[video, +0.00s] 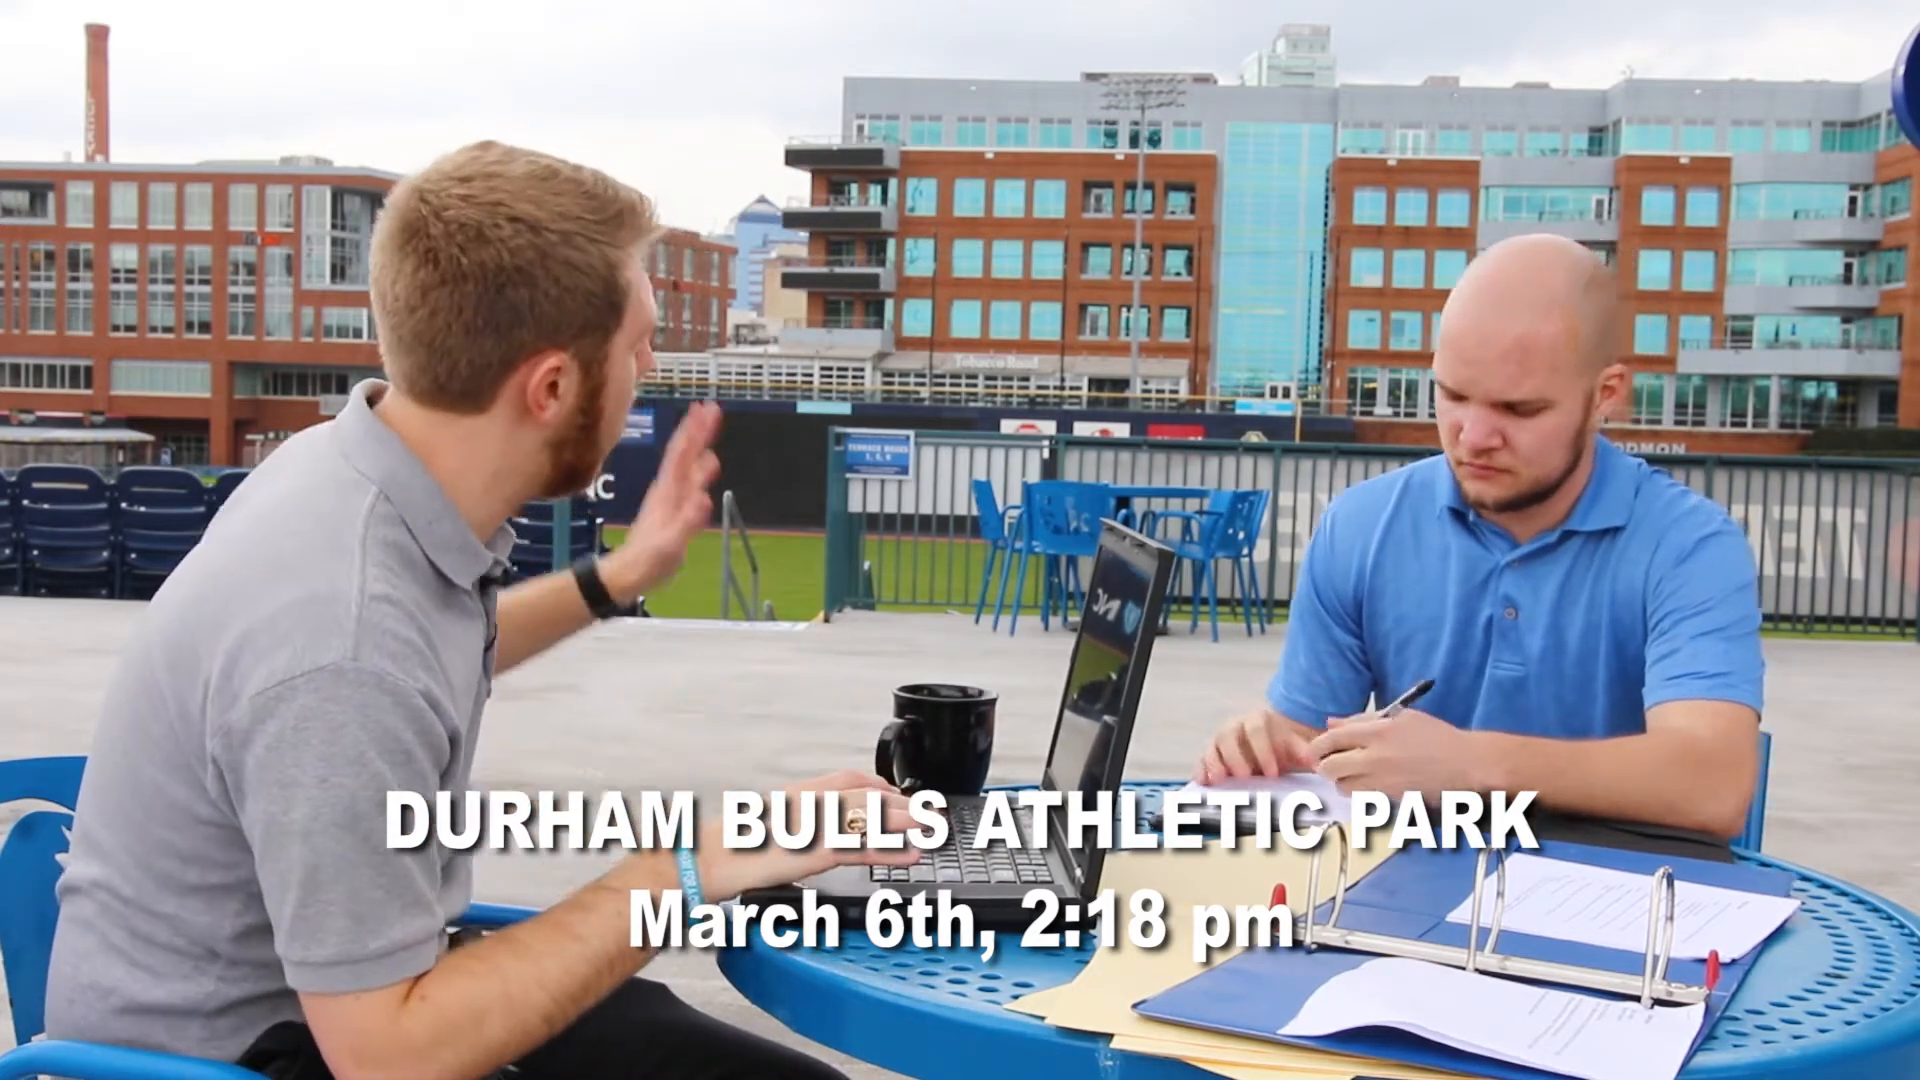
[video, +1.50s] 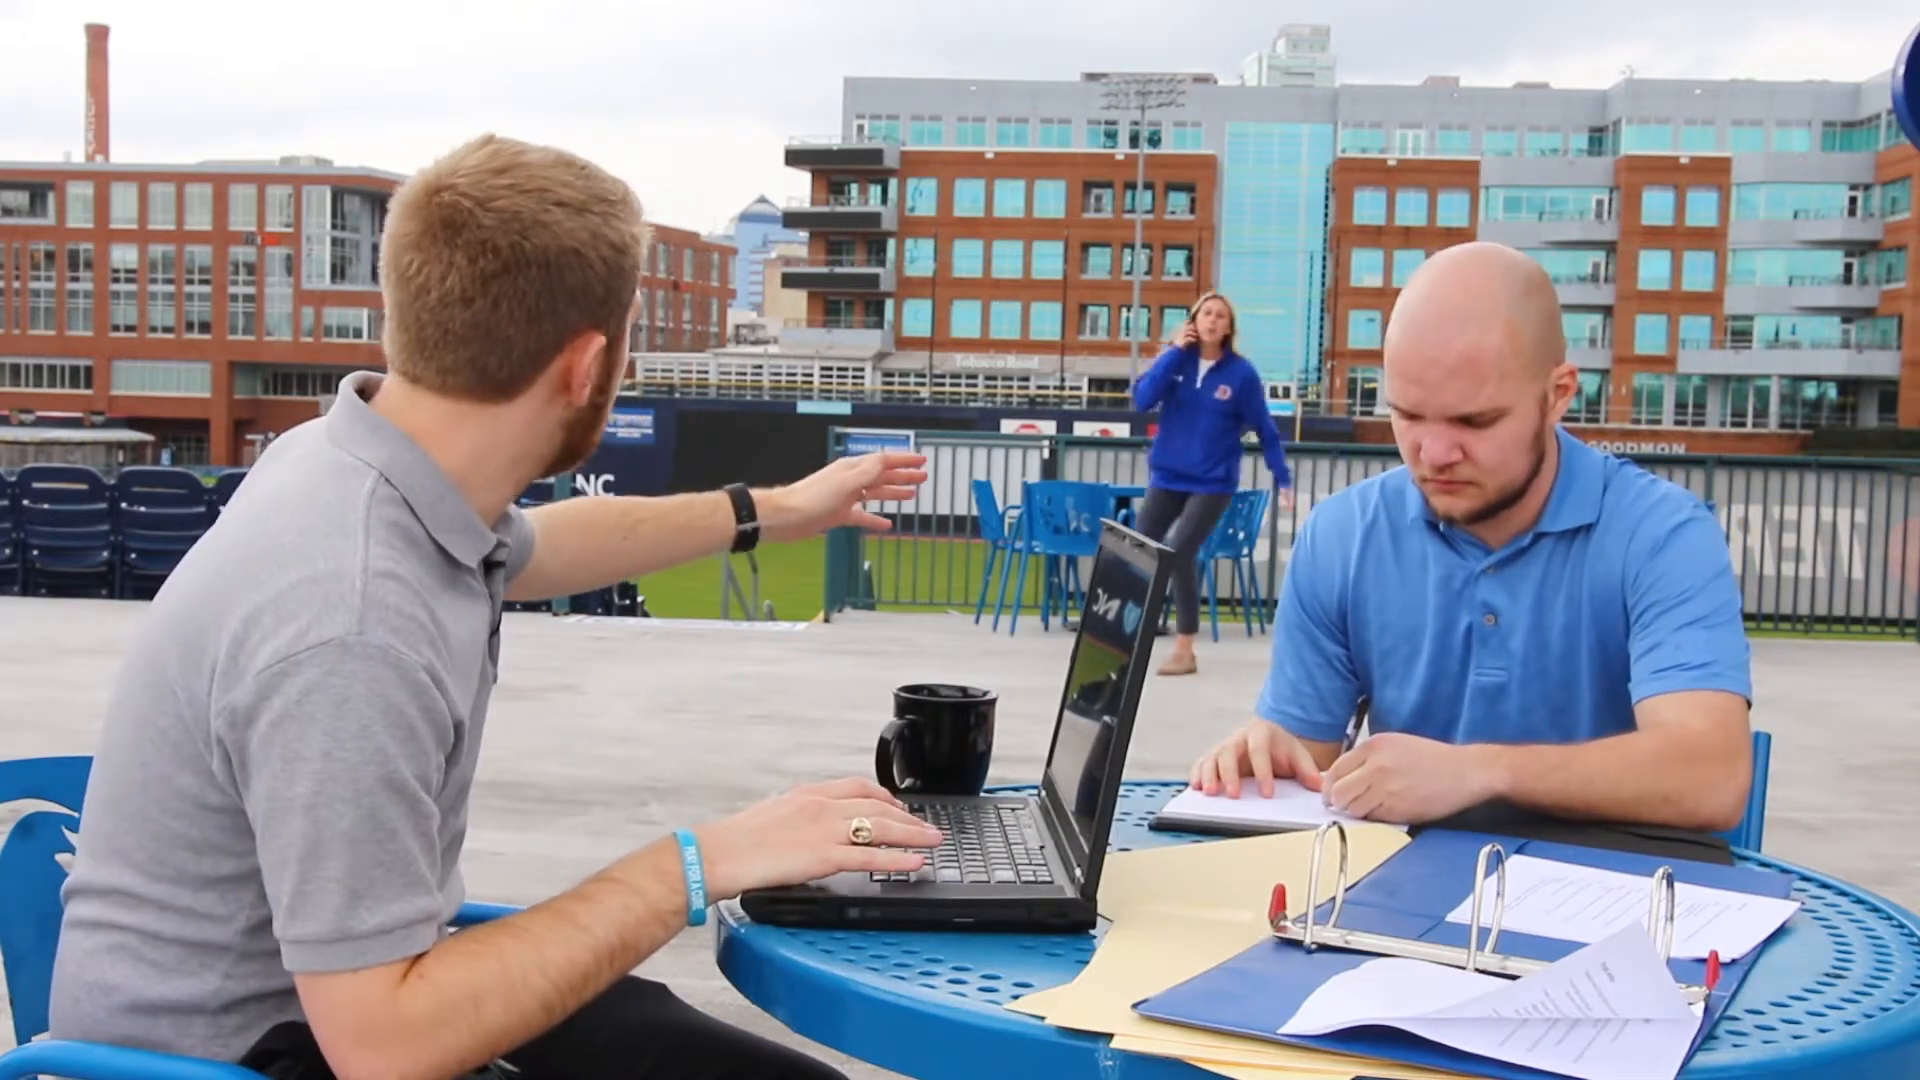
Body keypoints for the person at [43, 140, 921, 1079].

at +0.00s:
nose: (647, 366)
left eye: (644, 335)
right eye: (638, 341)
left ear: (416, 340)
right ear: (549, 387)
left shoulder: (341, 469)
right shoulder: (339, 653)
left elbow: (419, 662)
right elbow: (387, 1047)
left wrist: (619, 575)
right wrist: (685, 870)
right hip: (213, 1048)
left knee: (634, 1000)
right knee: (795, 1069)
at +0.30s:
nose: (664, 372)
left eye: (660, 335)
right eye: (648, 340)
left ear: (528, 360)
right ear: (539, 368)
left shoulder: (323, 452)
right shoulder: (369, 640)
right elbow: (397, 1047)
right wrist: (709, 863)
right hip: (214, 1052)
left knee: (627, 1009)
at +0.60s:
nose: (661, 375)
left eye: (658, 337)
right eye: (644, 341)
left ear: (529, 355)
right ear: (536, 361)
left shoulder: (320, 459)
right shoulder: (366, 619)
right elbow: (388, 1037)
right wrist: (711, 860)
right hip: (212, 1049)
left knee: (609, 997)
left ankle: (818, 1066)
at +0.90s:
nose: (652, 357)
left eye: (645, 320)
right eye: (631, 324)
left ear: (526, 352)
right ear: (527, 356)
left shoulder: (332, 461)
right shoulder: (362, 614)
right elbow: (387, 1036)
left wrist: (393, 942)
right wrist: (711, 860)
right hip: (209, 1052)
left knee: (615, 1002)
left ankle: (816, 1068)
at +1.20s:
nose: (616, 360)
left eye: (618, 328)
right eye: (617, 334)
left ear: (405, 323)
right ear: (552, 379)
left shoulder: (343, 452)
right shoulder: (337, 627)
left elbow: (538, 496)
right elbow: (387, 1040)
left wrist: (752, 406)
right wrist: (712, 859)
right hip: (211, 1050)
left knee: (625, 1003)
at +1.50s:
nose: (618, 370)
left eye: (620, 338)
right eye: (623, 340)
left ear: (409, 318)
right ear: (584, 365)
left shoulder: (347, 468)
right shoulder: (345, 622)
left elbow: (529, 549)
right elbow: (382, 1039)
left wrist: (772, 510)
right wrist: (707, 860)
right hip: (216, 1051)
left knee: (633, 1007)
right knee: (798, 1070)